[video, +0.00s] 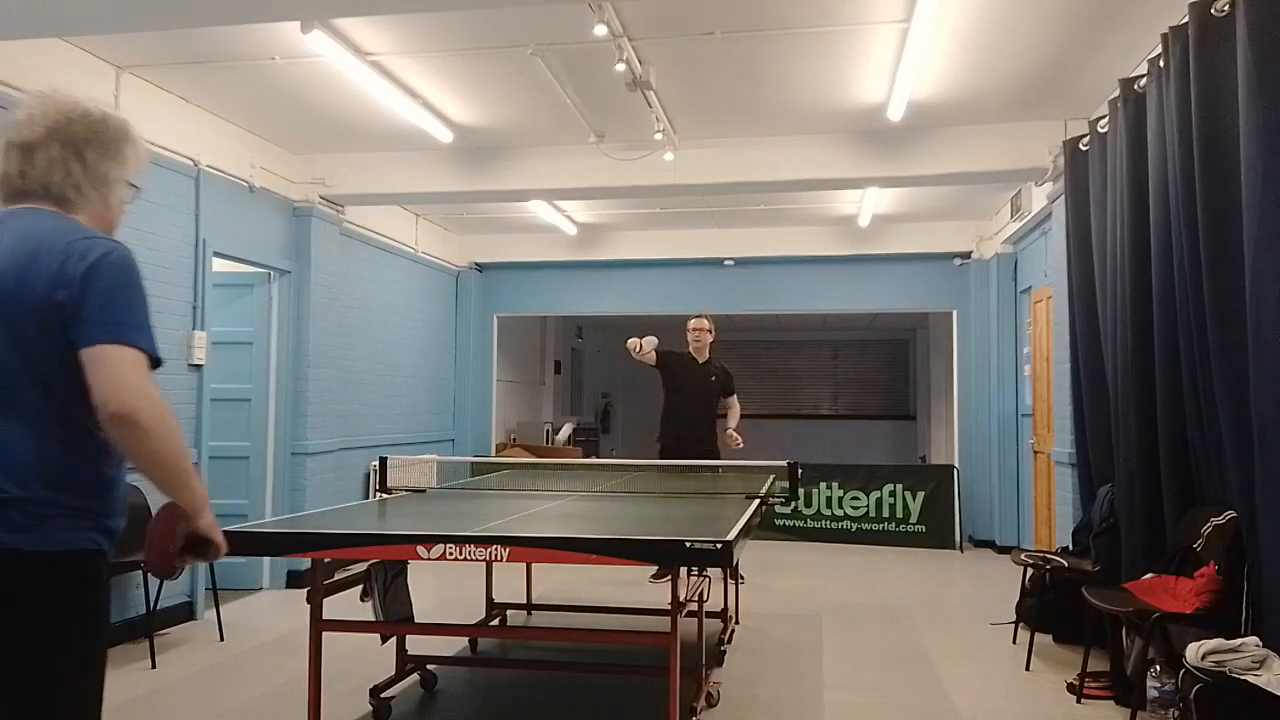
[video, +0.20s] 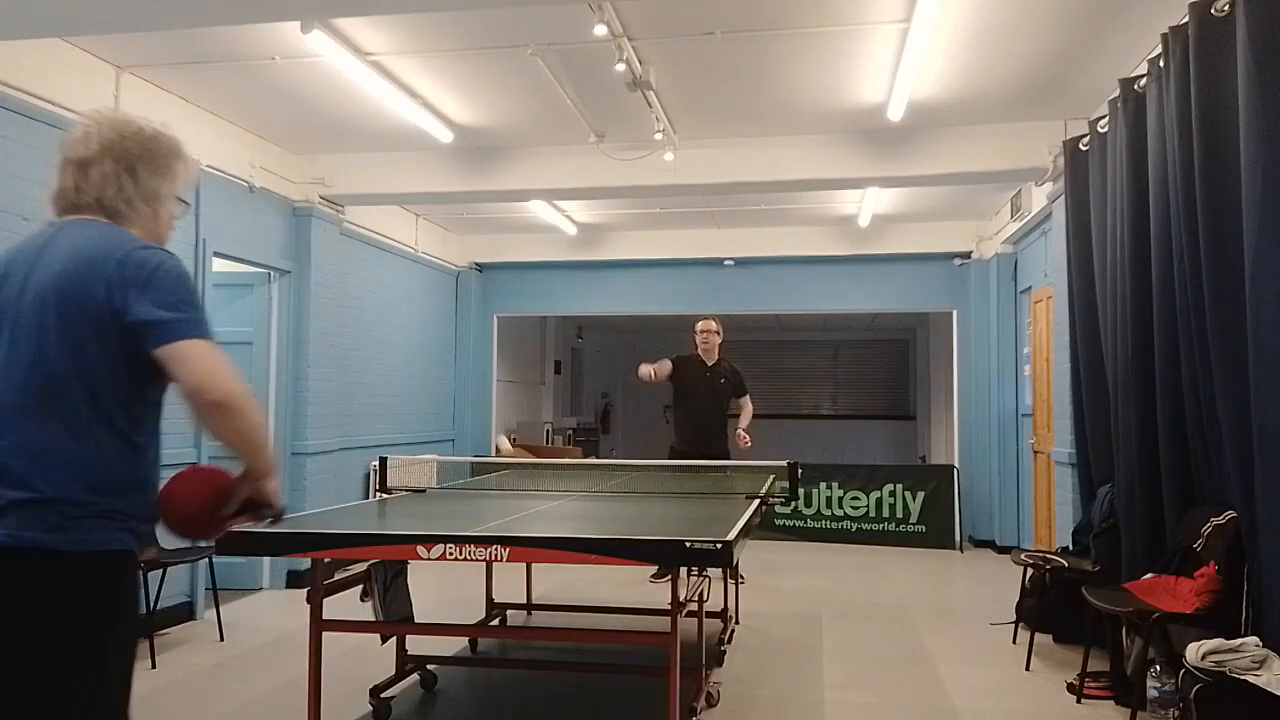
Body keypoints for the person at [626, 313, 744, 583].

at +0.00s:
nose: (698, 334)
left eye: (703, 331)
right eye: (694, 330)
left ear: (712, 336)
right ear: (687, 334)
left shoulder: (720, 371)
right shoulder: (670, 359)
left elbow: (733, 404)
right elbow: (641, 353)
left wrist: (729, 428)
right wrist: (638, 343)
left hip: (705, 450)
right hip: (672, 448)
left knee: (712, 506)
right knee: (668, 506)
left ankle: (727, 560)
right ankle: (668, 560)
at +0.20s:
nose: (705, 336)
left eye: (710, 332)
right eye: (701, 332)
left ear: (720, 337)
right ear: (695, 337)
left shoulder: (730, 372)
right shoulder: (681, 363)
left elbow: (746, 406)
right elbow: (658, 369)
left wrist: (741, 428)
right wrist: (647, 370)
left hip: (716, 453)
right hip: (683, 451)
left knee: (722, 508)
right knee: (672, 506)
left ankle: (729, 561)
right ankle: (668, 560)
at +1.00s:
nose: (691, 366)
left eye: (696, 361)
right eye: (686, 362)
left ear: (707, 360)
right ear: (681, 363)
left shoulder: (726, 388)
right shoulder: (676, 388)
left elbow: (748, 423)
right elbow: (656, 423)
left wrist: (733, 449)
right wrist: (669, 456)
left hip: (721, 465)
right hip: (687, 464)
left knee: (735, 515)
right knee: (675, 510)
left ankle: (748, 573)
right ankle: (677, 562)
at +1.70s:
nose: (721, 340)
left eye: (726, 335)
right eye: (717, 336)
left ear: (739, 338)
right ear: (713, 338)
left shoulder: (752, 372)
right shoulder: (701, 361)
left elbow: (768, 408)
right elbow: (669, 355)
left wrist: (759, 433)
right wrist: (656, 344)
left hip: (738, 455)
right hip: (703, 452)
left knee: (745, 514)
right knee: (684, 505)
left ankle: (749, 573)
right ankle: (676, 560)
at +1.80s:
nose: (725, 338)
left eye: (730, 334)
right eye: (721, 334)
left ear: (743, 336)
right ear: (717, 336)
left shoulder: (756, 370)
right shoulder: (704, 361)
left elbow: (773, 407)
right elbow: (670, 360)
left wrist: (763, 432)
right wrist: (655, 354)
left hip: (741, 454)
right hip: (706, 451)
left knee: (747, 514)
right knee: (688, 506)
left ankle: (749, 572)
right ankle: (679, 560)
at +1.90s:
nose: (726, 337)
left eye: (732, 333)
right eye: (723, 333)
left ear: (744, 335)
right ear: (718, 335)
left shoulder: (757, 370)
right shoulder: (707, 362)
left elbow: (775, 408)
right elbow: (674, 371)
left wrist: (763, 431)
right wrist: (652, 371)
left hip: (741, 456)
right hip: (706, 453)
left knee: (747, 515)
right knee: (693, 509)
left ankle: (749, 573)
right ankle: (685, 566)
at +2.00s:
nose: (724, 337)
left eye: (729, 333)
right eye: (720, 333)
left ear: (742, 335)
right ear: (716, 335)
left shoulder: (755, 370)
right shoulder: (705, 363)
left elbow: (772, 409)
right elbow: (677, 385)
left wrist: (759, 432)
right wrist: (656, 394)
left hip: (739, 455)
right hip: (703, 453)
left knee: (746, 515)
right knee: (686, 508)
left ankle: (749, 573)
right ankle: (678, 566)